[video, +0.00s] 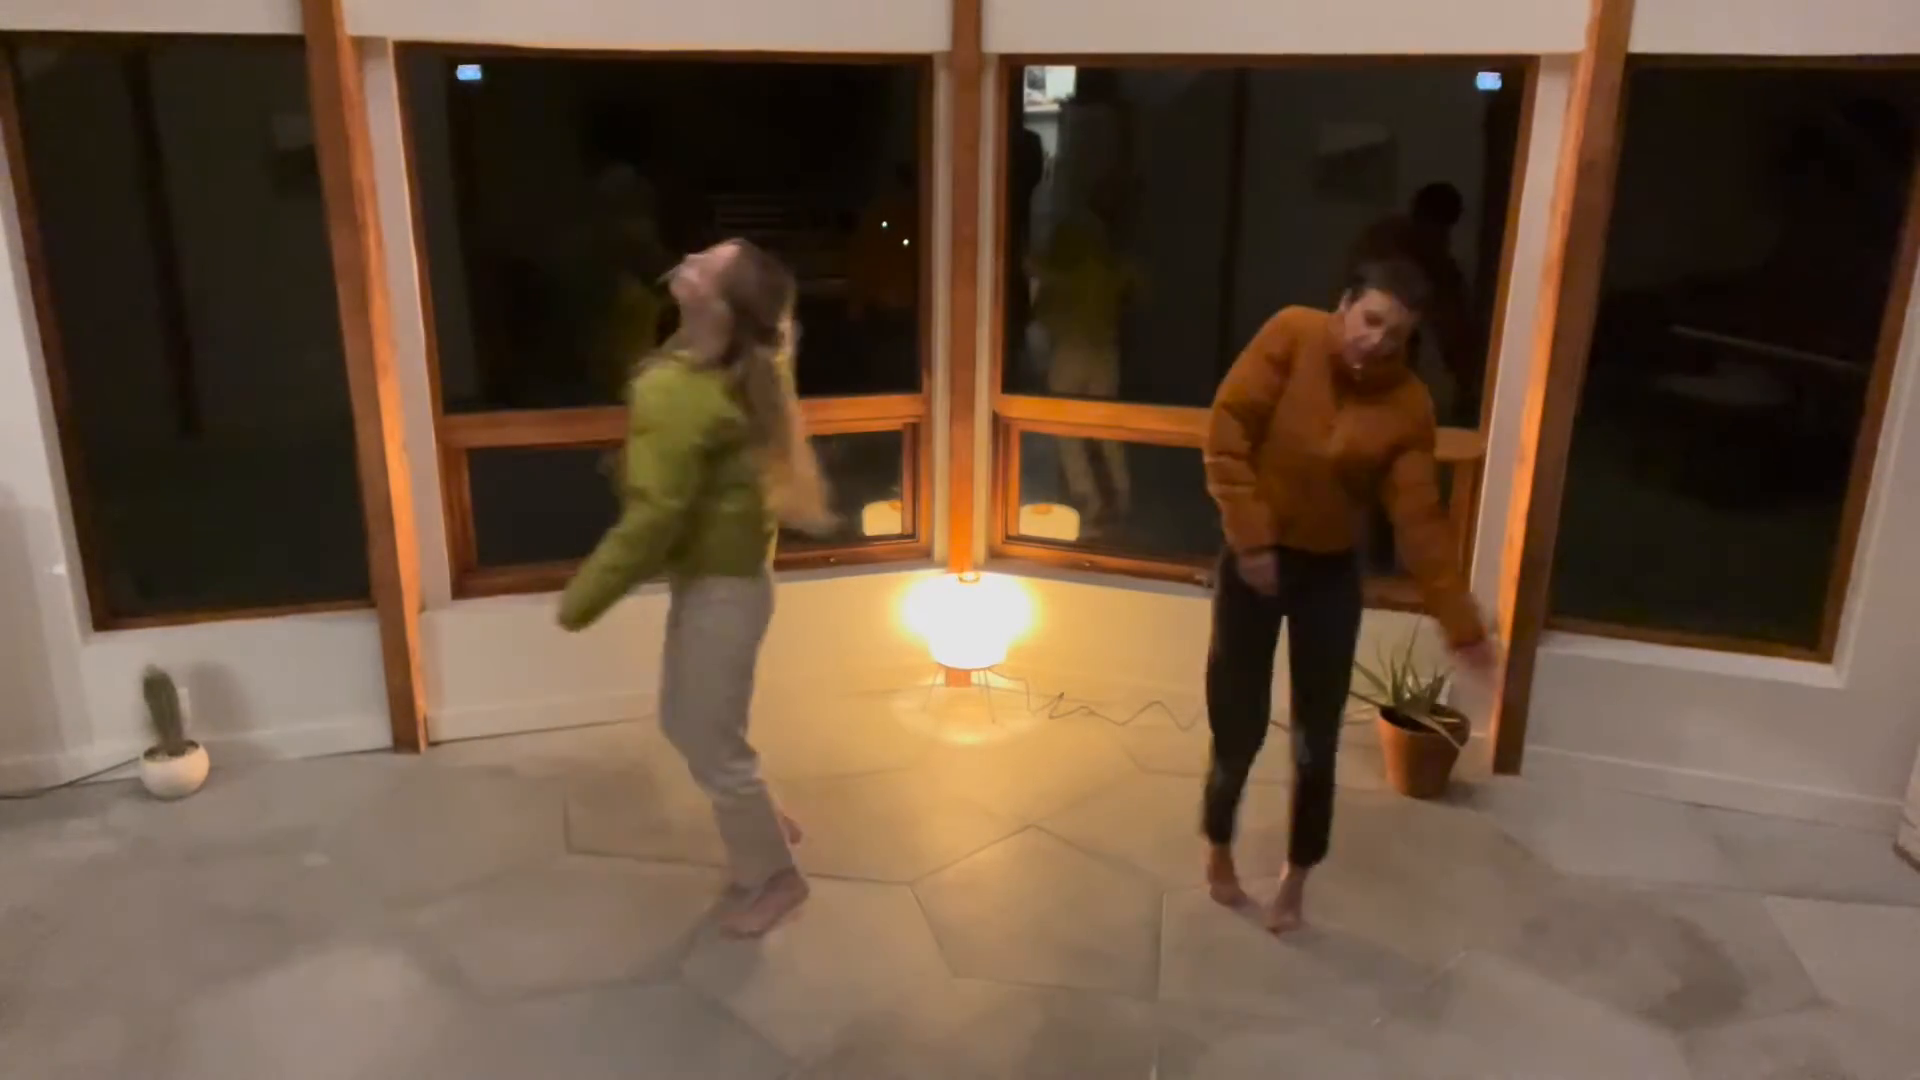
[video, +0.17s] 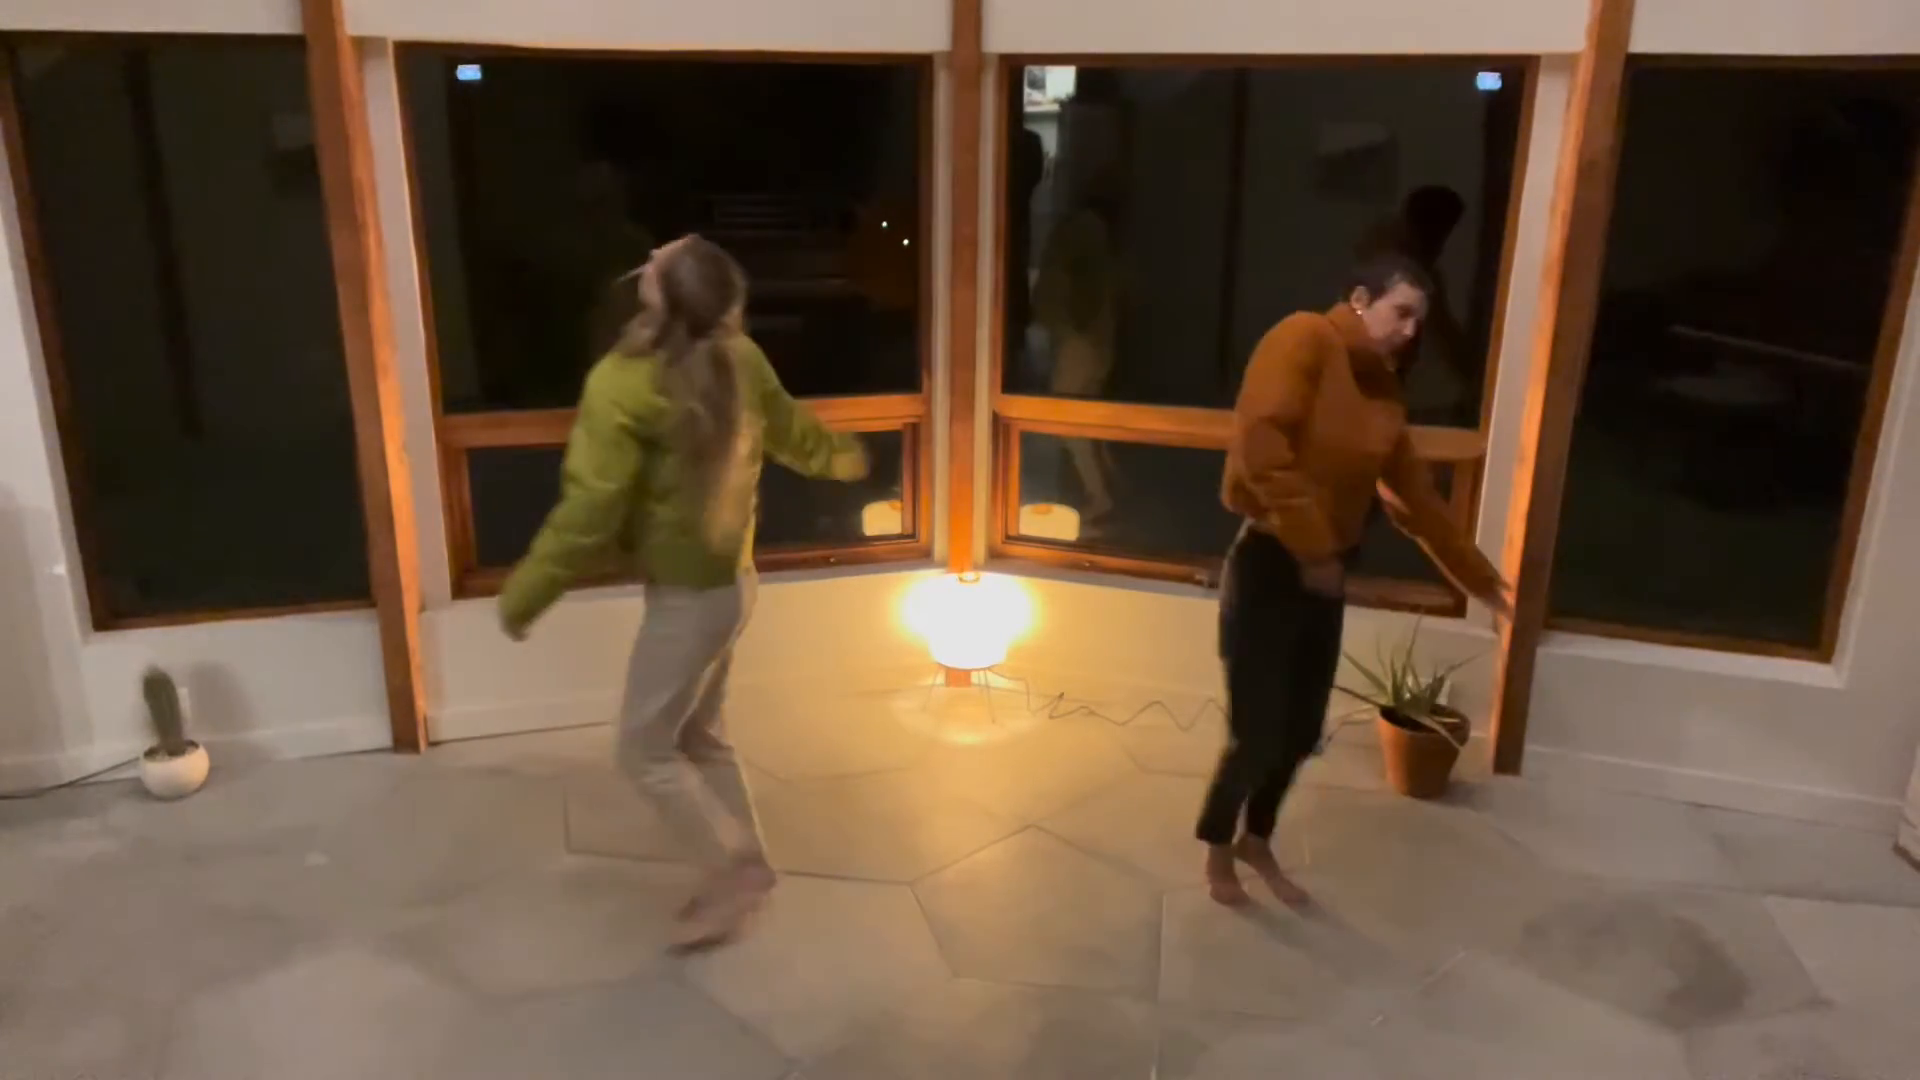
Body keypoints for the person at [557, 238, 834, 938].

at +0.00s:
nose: (688, 262)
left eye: (704, 266)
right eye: (703, 255)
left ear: (721, 308)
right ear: (719, 309)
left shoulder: (683, 391)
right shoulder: (706, 372)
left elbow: (656, 513)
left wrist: (582, 599)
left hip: (726, 587)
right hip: (711, 582)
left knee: (711, 736)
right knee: (684, 720)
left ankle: (770, 877)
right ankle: (762, 821)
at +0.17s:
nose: (643, 270)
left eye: (653, 270)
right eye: (653, 261)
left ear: (663, 301)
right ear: (712, 306)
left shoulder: (622, 381)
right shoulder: (738, 358)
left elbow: (591, 506)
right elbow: (797, 436)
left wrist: (522, 600)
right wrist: (855, 456)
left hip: (685, 602)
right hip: (730, 589)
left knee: (645, 752)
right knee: (701, 735)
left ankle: (730, 873)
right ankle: (747, 867)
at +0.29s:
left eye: (616, 287)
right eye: (700, 295)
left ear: (622, 297)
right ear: (697, 301)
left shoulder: (594, 372)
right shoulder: (727, 364)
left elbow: (548, 488)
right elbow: (784, 467)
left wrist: (451, 558)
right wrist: (854, 526)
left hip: (648, 608)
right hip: (716, 597)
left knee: (632, 766)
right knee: (687, 742)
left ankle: (651, 921)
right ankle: (721, 879)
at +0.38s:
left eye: (611, 282)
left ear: (614, 291)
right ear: (691, 292)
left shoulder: (585, 369)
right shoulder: (727, 367)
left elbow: (530, 480)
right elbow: (776, 485)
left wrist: (418, 507)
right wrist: (845, 551)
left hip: (635, 606)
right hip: (708, 602)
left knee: (625, 762)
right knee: (679, 743)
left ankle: (654, 916)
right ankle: (694, 892)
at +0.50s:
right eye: (689, 283)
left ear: (606, 287)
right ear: (688, 293)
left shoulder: (570, 366)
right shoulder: (718, 372)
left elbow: (484, 441)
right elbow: (754, 501)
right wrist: (802, 590)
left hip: (606, 606)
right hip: (688, 606)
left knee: (596, 750)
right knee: (685, 749)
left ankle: (618, 899)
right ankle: (693, 887)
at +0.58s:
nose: (702, 303)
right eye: (697, 290)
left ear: (606, 286)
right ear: (688, 297)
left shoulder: (556, 360)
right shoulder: (705, 374)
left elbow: (456, 397)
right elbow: (733, 510)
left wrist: (410, 309)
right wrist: (771, 606)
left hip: (584, 603)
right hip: (670, 605)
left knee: (602, 756)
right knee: (673, 733)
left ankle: (621, 900)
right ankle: (665, 879)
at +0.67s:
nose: (706, 306)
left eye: (704, 294)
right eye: (701, 294)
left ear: (612, 287)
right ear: (685, 298)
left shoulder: (560, 353)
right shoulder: (697, 374)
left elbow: (467, 375)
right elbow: (716, 512)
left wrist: (446, 285)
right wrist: (750, 615)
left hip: (576, 598)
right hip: (661, 601)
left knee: (592, 745)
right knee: (665, 736)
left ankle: (611, 889)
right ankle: (645, 885)